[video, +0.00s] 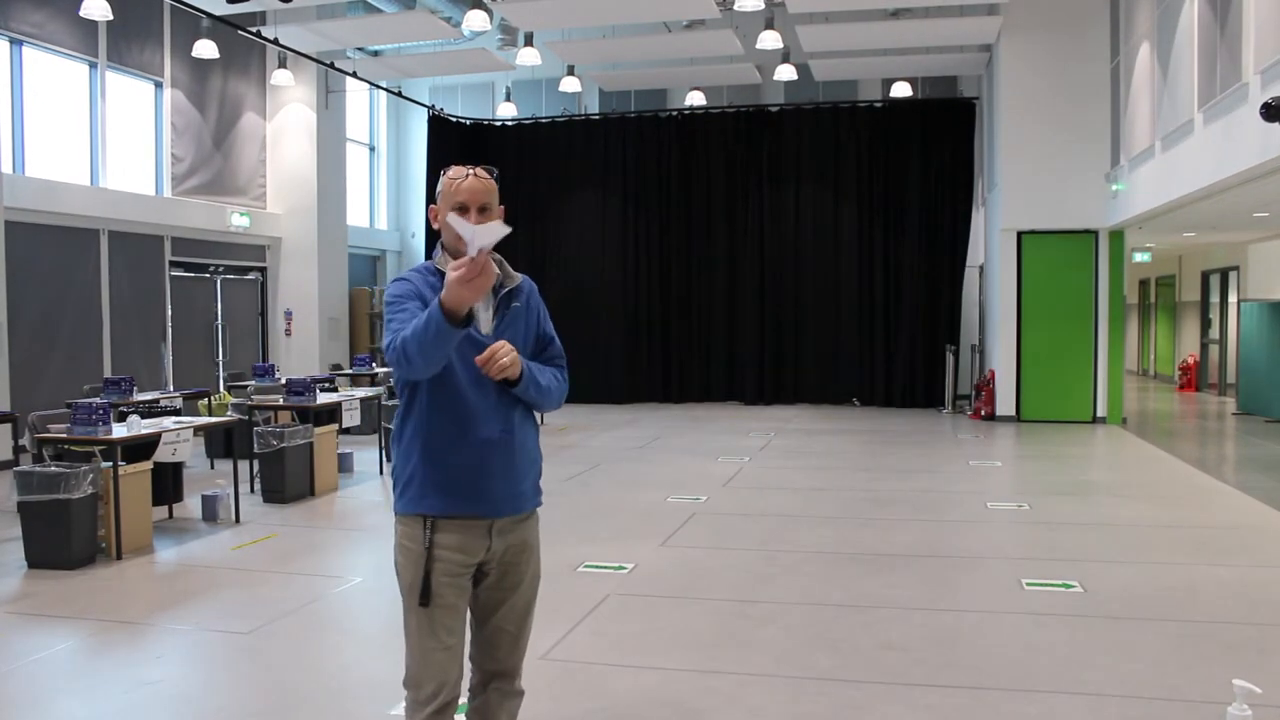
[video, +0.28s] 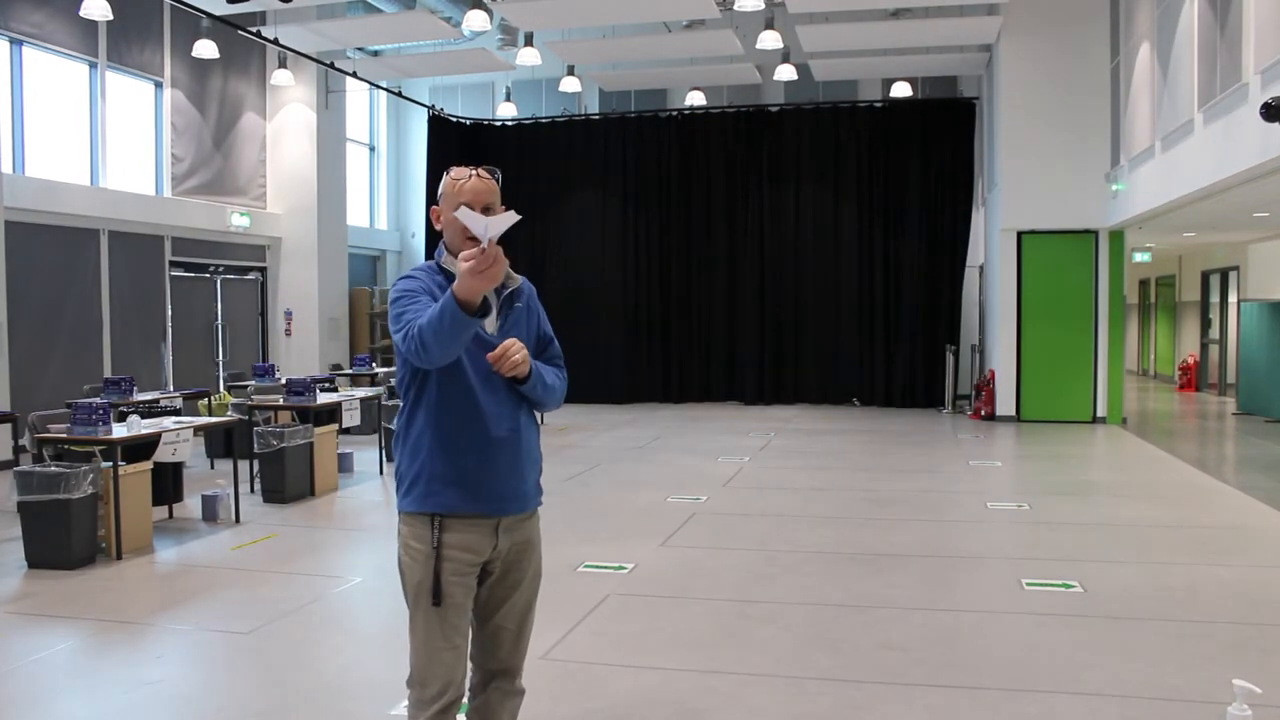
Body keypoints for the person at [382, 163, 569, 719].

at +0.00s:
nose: (473, 221)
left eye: (484, 211)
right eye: (459, 211)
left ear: (500, 217)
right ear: (435, 218)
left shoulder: (522, 293)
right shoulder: (410, 289)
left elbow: (555, 386)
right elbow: (407, 363)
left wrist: (521, 369)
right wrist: (450, 308)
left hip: (514, 513)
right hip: (434, 515)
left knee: (502, 681)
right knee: (433, 688)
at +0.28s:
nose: (477, 225)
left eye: (488, 212)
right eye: (464, 212)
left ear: (503, 220)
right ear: (437, 219)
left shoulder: (520, 293)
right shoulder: (415, 288)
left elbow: (554, 387)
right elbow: (423, 347)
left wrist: (529, 370)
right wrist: (465, 294)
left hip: (516, 511)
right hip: (439, 514)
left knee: (503, 680)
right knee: (438, 686)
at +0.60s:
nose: (484, 226)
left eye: (495, 215)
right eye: (471, 214)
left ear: (505, 222)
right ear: (441, 220)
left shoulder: (519, 290)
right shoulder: (415, 293)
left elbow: (563, 389)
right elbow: (419, 378)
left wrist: (550, 344)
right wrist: (485, 313)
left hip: (517, 514)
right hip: (440, 517)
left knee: (504, 681)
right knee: (442, 686)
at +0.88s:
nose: (479, 227)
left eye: (488, 216)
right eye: (467, 215)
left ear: (496, 223)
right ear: (432, 217)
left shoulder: (514, 294)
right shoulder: (402, 298)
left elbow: (545, 388)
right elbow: (413, 402)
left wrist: (555, 342)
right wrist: (491, 349)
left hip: (509, 514)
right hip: (433, 517)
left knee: (499, 680)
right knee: (443, 678)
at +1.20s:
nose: (458, 229)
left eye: (464, 218)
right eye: (445, 215)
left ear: (469, 223)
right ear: (404, 214)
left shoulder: (473, 298)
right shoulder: (371, 302)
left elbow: (507, 389)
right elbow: (399, 409)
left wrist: (548, 356)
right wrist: (492, 356)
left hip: (476, 523)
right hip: (402, 530)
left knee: (486, 690)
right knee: (407, 698)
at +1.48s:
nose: (438, 230)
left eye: (441, 218)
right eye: (427, 214)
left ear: (439, 219)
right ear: (380, 207)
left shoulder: (423, 293)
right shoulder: (344, 299)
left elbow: (457, 384)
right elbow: (389, 414)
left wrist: (520, 367)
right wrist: (490, 367)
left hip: (423, 526)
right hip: (361, 532)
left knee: (443, 683)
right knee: (377, 699)